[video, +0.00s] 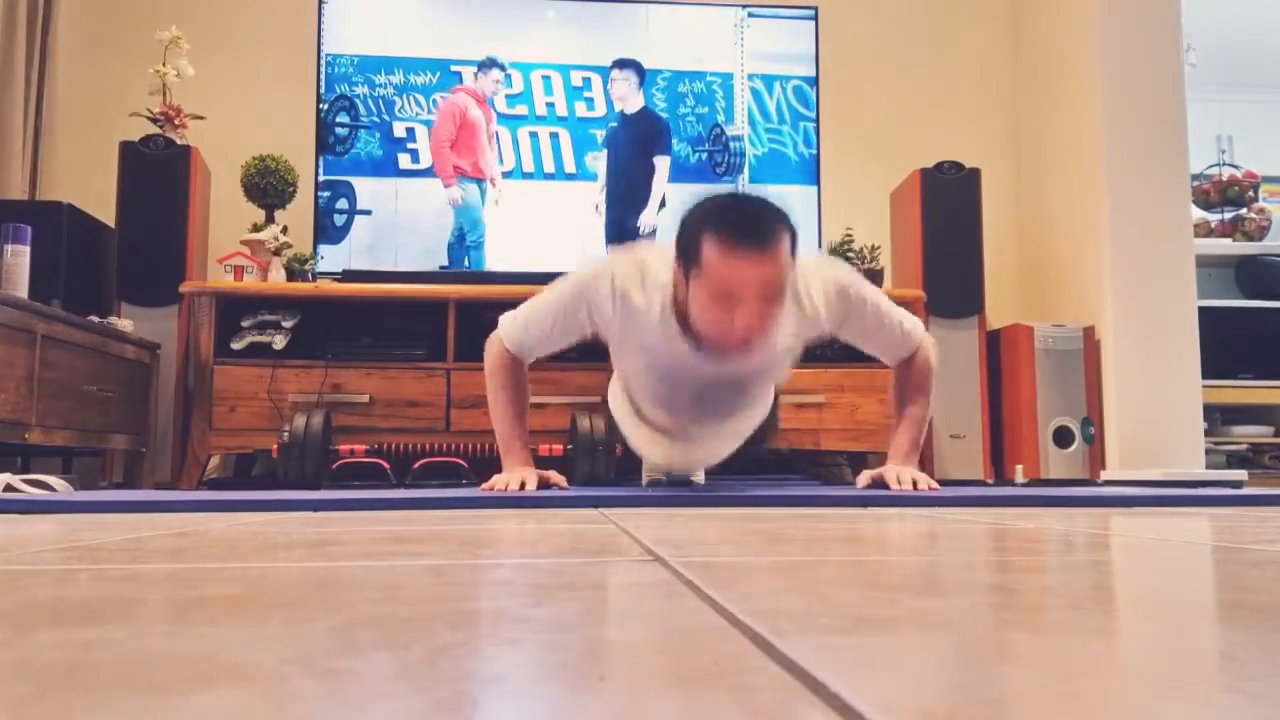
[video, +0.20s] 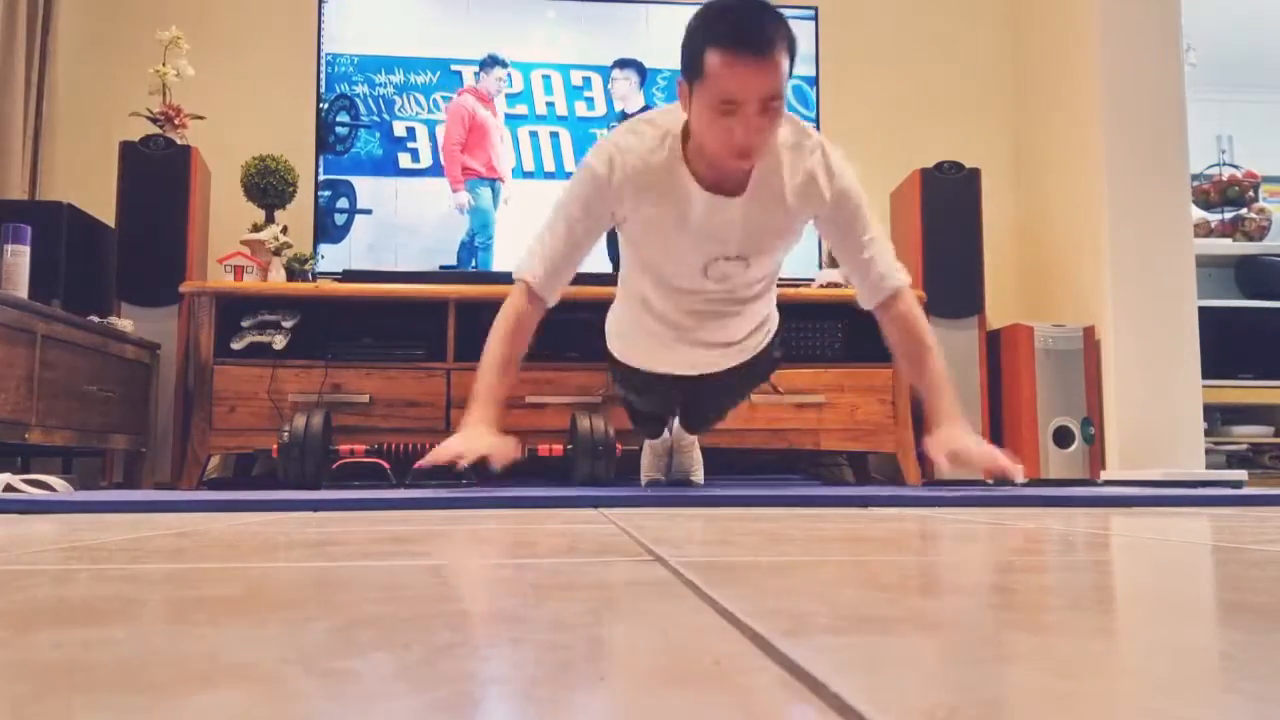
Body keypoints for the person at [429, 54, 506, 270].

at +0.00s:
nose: (498, 87)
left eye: (501, 83)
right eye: (495, 81)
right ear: (478, 76)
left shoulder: (487, 111)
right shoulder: (456, 102)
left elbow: (490, 148)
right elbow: (440, 144)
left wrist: (495, 175)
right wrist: (449, 184)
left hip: (481, 179)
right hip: (462, 178)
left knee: (460, 235)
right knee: (476, 234)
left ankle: (455, 283)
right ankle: (479, 287)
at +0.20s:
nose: (502, 85)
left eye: (505, 80)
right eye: (498, 79)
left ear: (506, 81)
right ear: (483, 76)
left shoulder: (492, 107)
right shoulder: (463, 104)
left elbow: (498, 149)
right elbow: (451, 148)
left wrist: (503, 181)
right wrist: (457, 189)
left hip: (494, 179)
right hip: (474, 178)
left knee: (474, 236)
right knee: (485, 237)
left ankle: (460, 280)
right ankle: (485, 287)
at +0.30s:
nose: (504, 83)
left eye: (506, 77)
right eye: (499, 77)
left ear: (507, 77)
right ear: (483, 75)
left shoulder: (496, 105)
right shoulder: (466, 105)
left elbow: (501, 144)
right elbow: (457, 150)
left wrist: (509, 172)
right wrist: (471, 188)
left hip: (500, 178)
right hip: (481, 179)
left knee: (499, 229)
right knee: (486, 235)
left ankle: (468, 272)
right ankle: (486, 285)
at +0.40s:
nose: (505, 82)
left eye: (507, 77)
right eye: (500, 76)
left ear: (508, 76)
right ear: (484, 75)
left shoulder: (500, 102)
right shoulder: (468, 106)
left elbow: (504, 141)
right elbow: (463, 151)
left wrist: (516, 166)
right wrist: (483, 187)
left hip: (505, 178)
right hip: (484, 181)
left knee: (516, 222)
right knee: (487, 235)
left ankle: (486, 261)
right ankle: (487, 281)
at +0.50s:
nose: (508, 81)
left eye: (510, 75)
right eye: (502, 75)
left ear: (511, 76)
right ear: (487, 74)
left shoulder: (508, 104)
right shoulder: (470, 105)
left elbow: (517, 140)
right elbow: (466, 150)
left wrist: (526, 165)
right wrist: (488, 186)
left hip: (511, 179)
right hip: (486, 181)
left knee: (523, 222)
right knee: (487, 235)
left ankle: (510, 274)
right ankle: (487, 284)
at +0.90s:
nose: (531, 81)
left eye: (535, 76)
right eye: (526, 75)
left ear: (539, 76)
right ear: (514, 73)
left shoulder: (544, 107)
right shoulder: (496, 103)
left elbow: (555, 144)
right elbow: (477, 139)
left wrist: (555, 177)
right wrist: (470, 176)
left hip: (535, 179)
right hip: (503, 178)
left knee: (539, 230)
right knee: (497, 230)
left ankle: (541, 277)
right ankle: (489, 278)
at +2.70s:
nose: (529, 67)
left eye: (531, 62)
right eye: (524, 62)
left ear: (533, 65)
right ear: (509, 63)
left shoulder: (539, 96)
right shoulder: (491, 96)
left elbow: (559, 129)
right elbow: (475, 132)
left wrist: (553, 144)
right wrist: (471, 169)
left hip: (534, 171)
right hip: (503, 171)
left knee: (532, 224)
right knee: (500, 224)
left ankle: (535, 271)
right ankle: (491, 270)